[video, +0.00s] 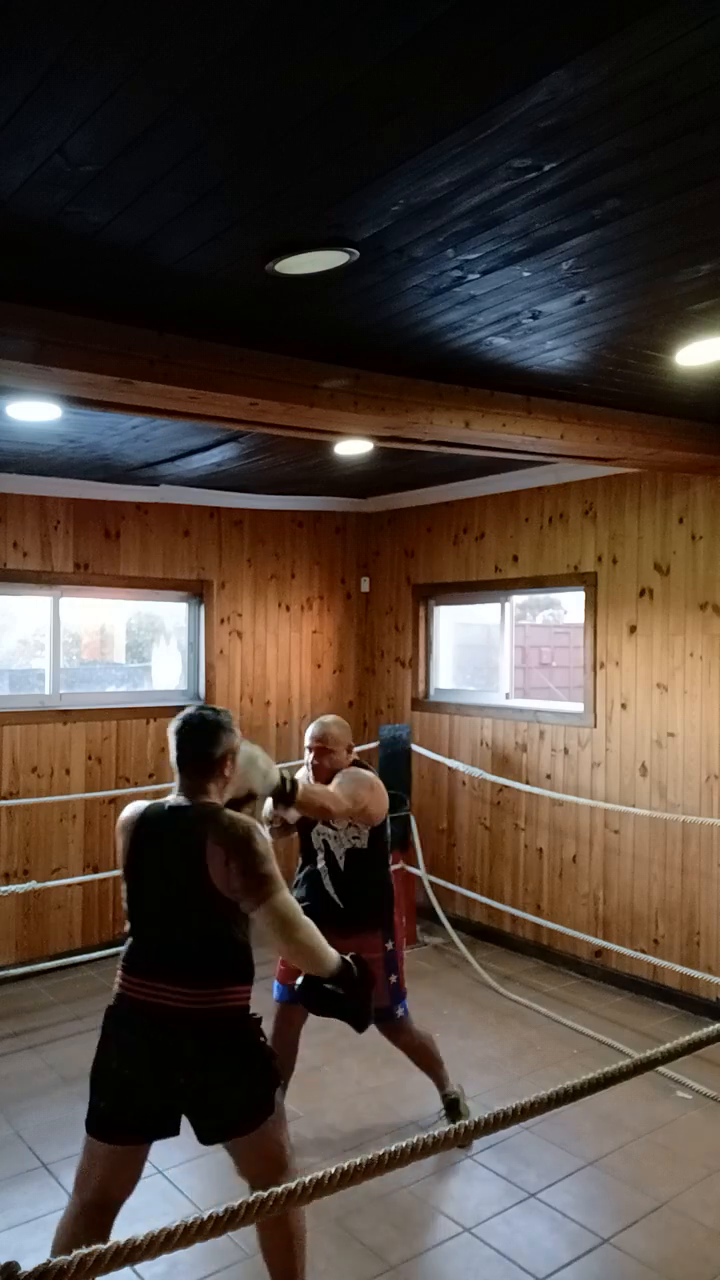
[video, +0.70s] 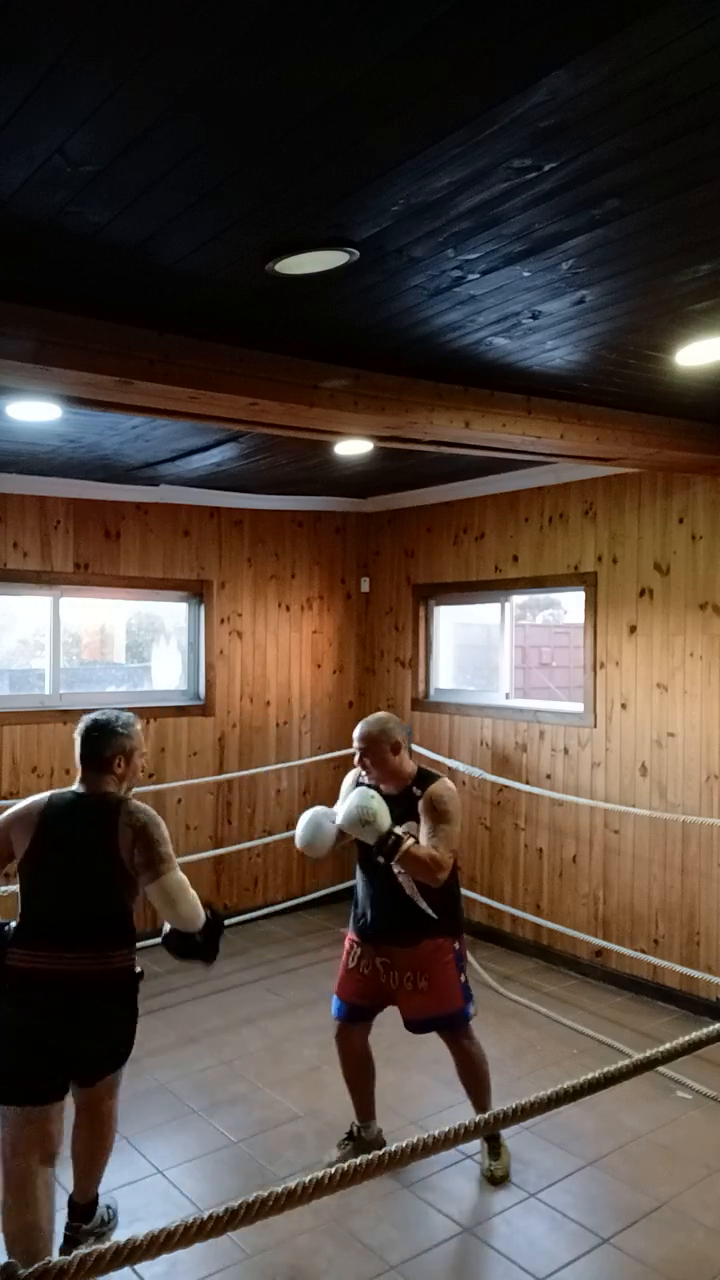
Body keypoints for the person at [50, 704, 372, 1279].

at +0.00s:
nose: (238, 763)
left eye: (236, 754)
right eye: (237, 754)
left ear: (175, 759)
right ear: (226, 763)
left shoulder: (132, 823)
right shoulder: (241, 836)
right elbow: (291, 933)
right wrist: (342, 972)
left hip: (134, 1036)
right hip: (220, 1042)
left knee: (93, 1200)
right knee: (275, 1189)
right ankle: (290, 1275)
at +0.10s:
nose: (210, 764)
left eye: (205, 755)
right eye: (207, 754)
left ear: (146, 762)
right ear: (200, 762)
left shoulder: (107, 828)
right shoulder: (218, 833)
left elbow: (138, 906)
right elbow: (271, 923)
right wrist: (323, 976)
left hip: (113, 1037)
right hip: (199, 1039)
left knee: (77, 1194)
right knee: (257, 1188)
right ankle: (283, 1276)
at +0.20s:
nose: (180, 768)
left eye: (178, 758)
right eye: (177, 759)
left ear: (113, 768)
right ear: (164, 767)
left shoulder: (70, 840)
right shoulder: (188, 836)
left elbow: (87, 932)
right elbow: (242, 923)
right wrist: (289, 993)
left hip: (84, 1044)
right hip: (172, 1046)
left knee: (58, 1198)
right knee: (238, 1192)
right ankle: (277, 1274)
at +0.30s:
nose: (155, 767)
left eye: (153, 757)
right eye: (152, 757)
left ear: (88, 767)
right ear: (133, 765)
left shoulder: (39, 841)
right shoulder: (164, 831)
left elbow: (18, 935)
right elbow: (212, 920)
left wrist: (80, 917)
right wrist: (251, 1005)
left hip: (63, 1041)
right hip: (151, 1040)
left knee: (52, 1194)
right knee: (212, 1175)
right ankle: (247, 1270)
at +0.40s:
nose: (140, 752)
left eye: (137, 742)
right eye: (136, 743)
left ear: (74, 755)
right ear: (119, 752)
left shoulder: (27, 824)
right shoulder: (148, 816)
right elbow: (194, 906)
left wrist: (27, 933)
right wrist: (226, 983)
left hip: (55, 1016)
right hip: (141, 1014)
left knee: (48, 1177)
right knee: (172, 1134)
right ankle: (175, 1266)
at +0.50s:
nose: (135, 750)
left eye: (133, 739)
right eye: (130, 740)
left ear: (69, 753)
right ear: (110, 749)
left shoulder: (20, 818)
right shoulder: (135, 810)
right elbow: (183, 896)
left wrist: (4, 946)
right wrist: (212, 958)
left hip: (45, 1002)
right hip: (128, 1001)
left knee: (44, 1181)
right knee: (133, 1123)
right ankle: (122, 1248)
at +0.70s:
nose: (139, 767)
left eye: (136, 757)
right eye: (137, 758)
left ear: (79, 758)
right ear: (123, 762)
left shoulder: (28, 815)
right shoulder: (138, 824)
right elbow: (186, 914)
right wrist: (198, 921)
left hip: (30, 992)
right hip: (104, 994)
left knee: (28, 1149)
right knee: (96, 1096)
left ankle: (31, 1274)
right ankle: (83, 1217)